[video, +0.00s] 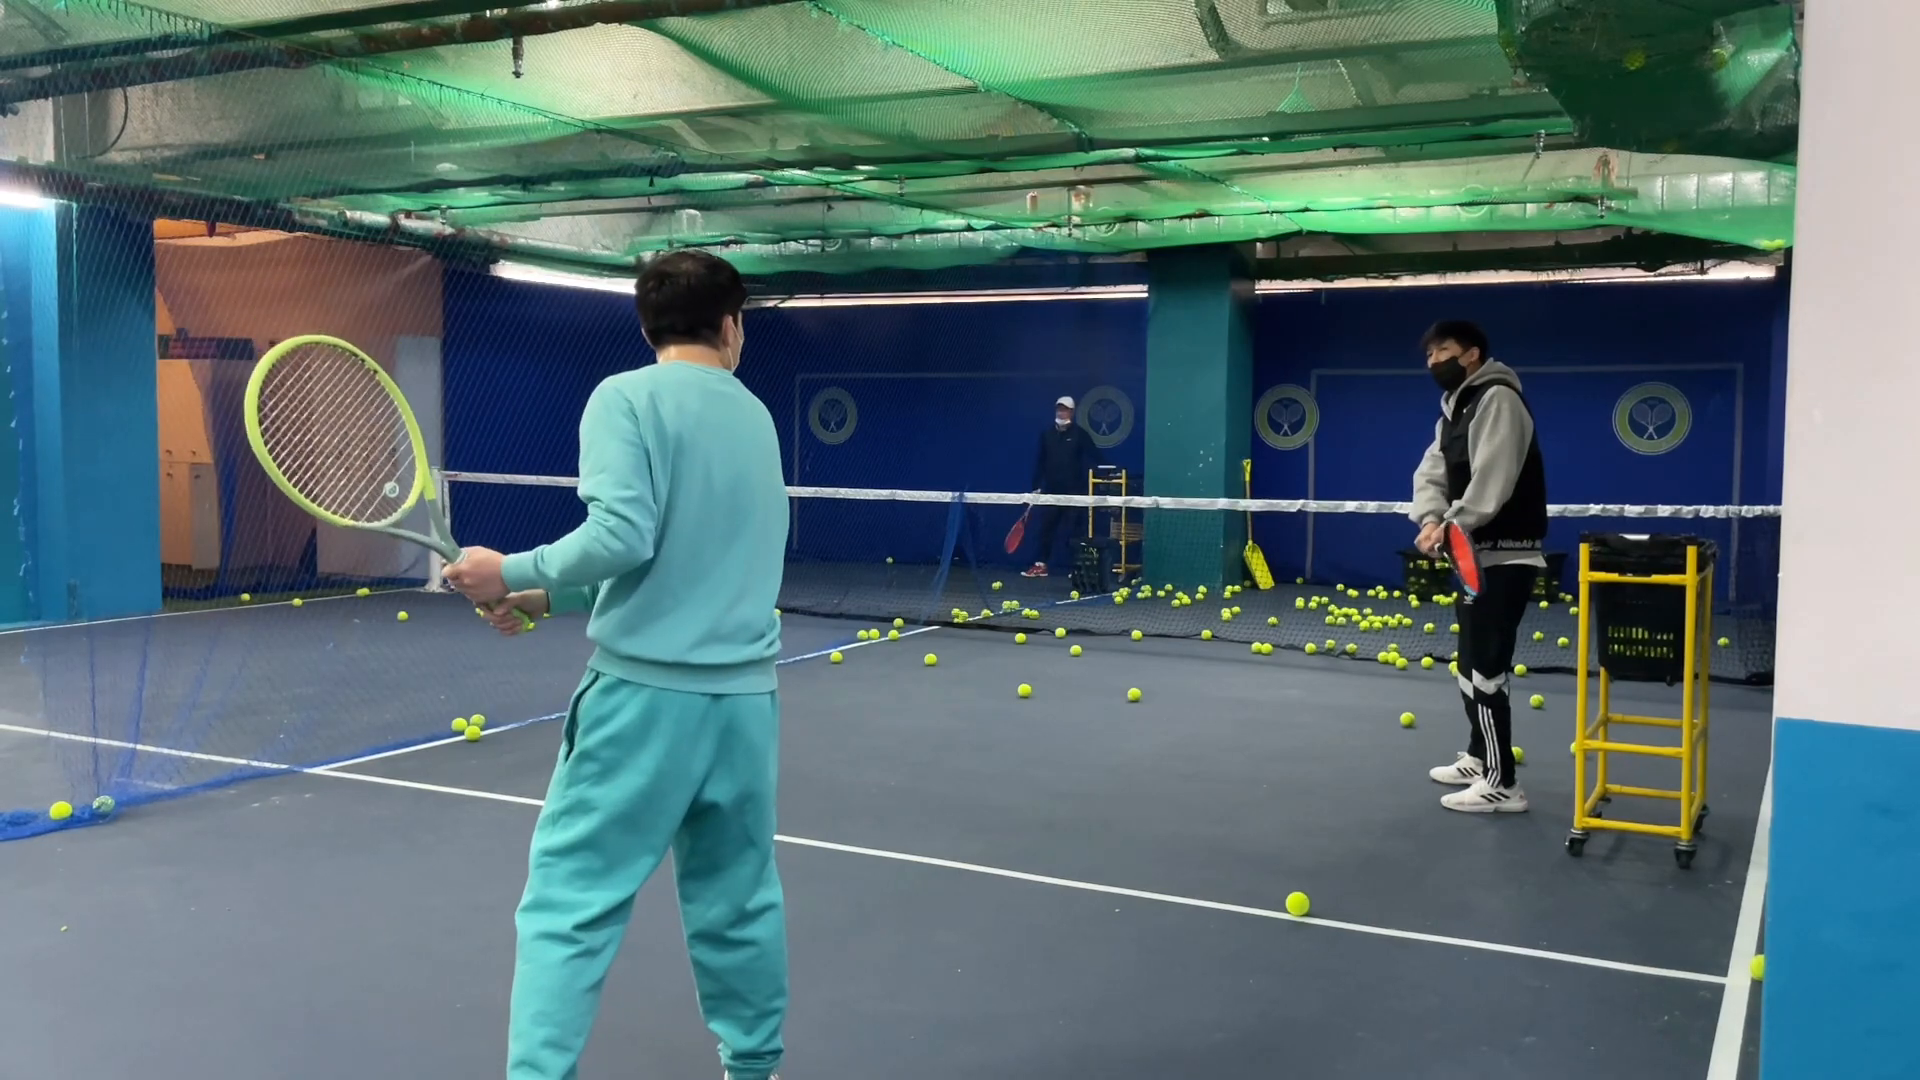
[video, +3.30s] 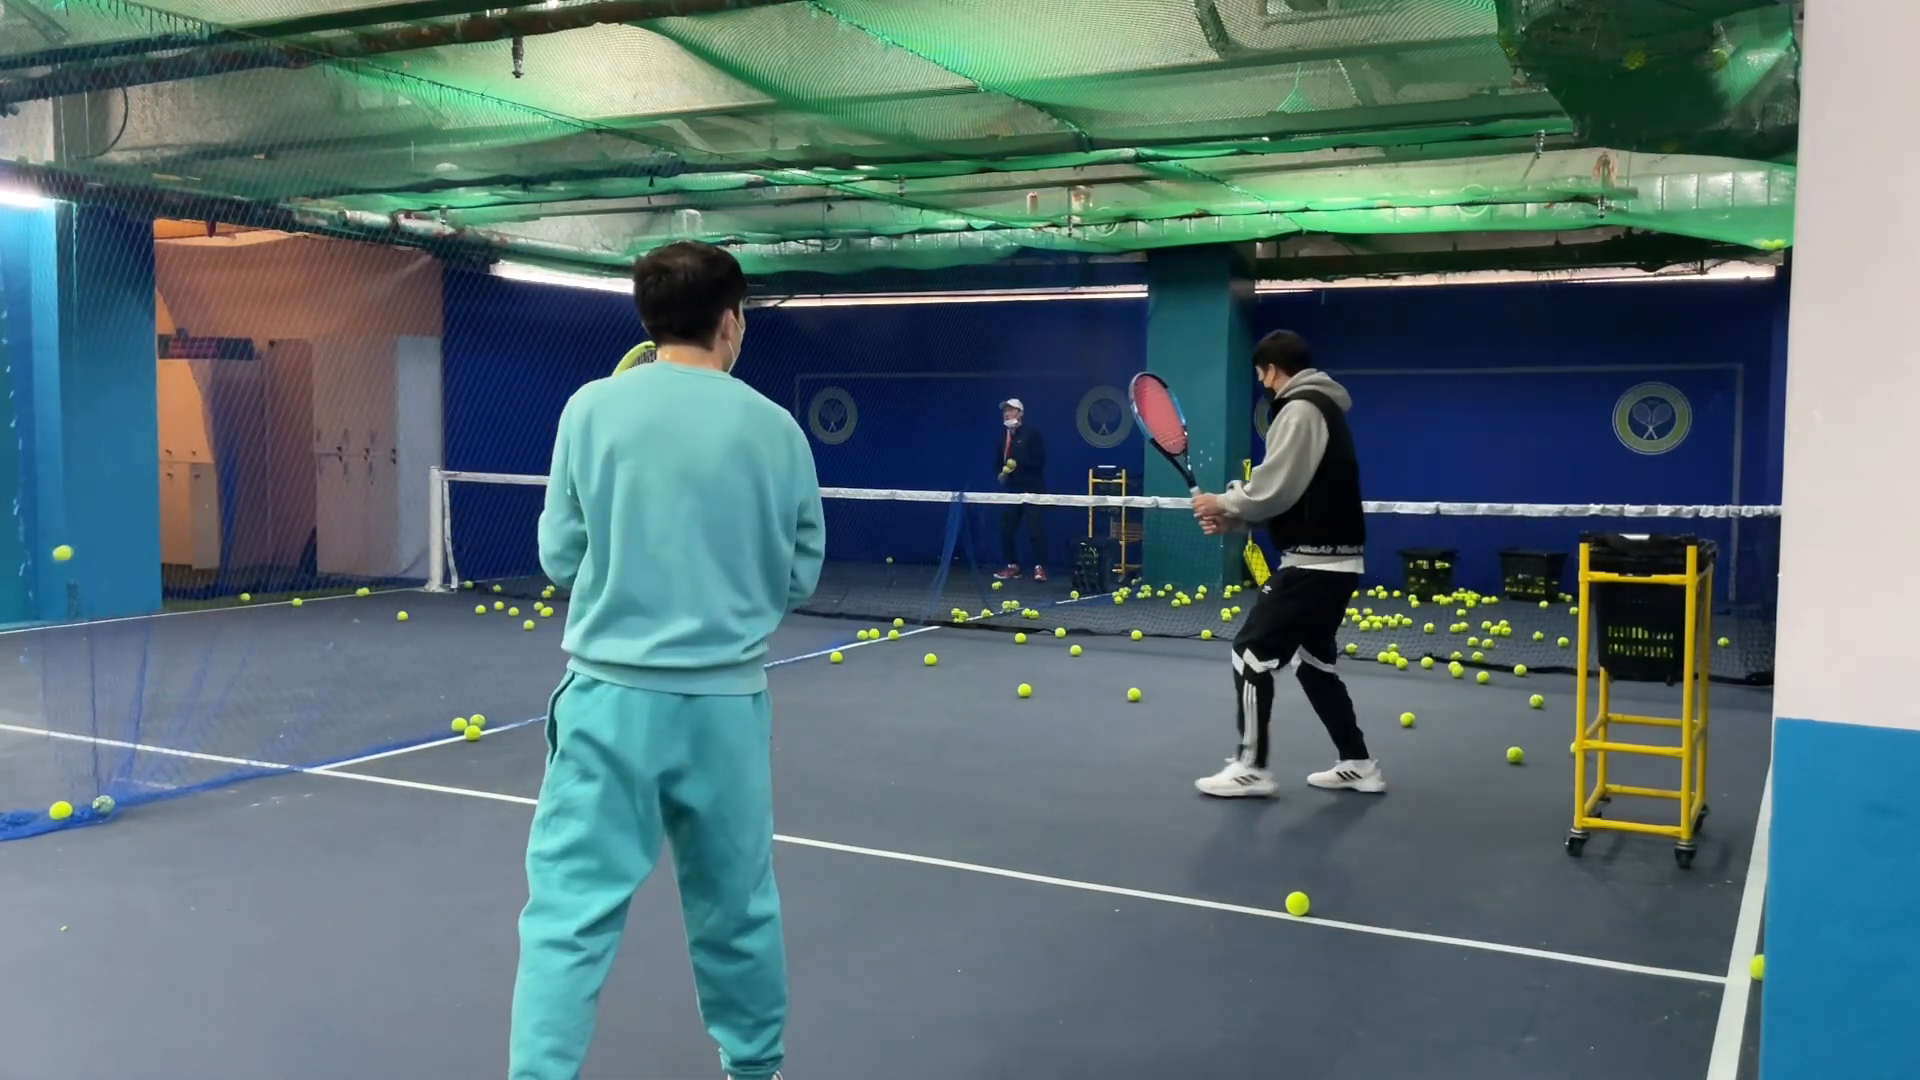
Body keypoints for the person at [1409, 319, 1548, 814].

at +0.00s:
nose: (1433, 361)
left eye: (1442, 352)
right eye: (1429, 356)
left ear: (1474, 353)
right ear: (1438, 364)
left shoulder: (1499, 400)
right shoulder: (1456, 406)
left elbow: (1494, 476)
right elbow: (1432, 470)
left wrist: (1452, 523)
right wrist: (1431, 516)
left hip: (1507, 557)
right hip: (1478, 557)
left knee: (1485, 672)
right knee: (1471, 667)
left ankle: (1501, 786)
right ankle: (1482, 760)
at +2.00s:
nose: (1423, 364)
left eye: (1430, 354)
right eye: (1422, 355)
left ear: (1460, 356)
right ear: (1459, 359)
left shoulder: (1473, 408)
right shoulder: (1466, 404)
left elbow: (1450, 482)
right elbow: (1440, 474)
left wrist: (1404, 526)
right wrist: (1403, 521)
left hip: (1477, 565)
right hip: (1467, 563)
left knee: (1451, 668)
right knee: (1452, 664)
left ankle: (1494, 780)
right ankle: (1482, 759)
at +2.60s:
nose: (1374, 378)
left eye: (1374, 369)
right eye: (1373, 369)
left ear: (1390, 366)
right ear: (1414, 363)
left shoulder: (1408, 413)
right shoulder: (1437, 409)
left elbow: (1381, 492)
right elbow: (1407, 496)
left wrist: (1337, 508)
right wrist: (1352, 521)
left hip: (1418, 571)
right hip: (1448, 570)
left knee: (1386, 673)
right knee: (1425, 666)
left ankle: (1421, 778)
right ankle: (1467, 754)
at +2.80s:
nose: (1350, 376)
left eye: (1351, 368)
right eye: (1350, 368)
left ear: (1364, 366)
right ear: (1392, 364)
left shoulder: (1379, 413)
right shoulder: (1412, 409)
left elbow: (1352, 490)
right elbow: (1384, 496)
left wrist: (1312, 508)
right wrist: (1327, 524)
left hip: (1395, 567)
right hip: (1414, 563)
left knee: (1370, 666)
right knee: (1373, 661)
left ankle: (1422, 777)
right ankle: (1406, 757)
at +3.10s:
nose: (1304, 380)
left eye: (1303, 372)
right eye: (1303, 372)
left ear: (1315, 370)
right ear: (1344, 365)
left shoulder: (1331, 412)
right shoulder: (1364, 409)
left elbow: (1305, 488)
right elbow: (1334, 499)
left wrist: (1261, 505)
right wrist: (1273, 520)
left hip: (1348, 567)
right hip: (1371, 565)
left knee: (1305, 664)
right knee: (1331, 664)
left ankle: (1384, 745)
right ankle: (1354, 763)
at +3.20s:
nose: (1285, 386)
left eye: (1284, 377)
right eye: (1284, 378)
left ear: (1297, 373)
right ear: (1323, 369)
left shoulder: (1318, 415)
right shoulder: (1344, 412)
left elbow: (1291, 488)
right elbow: (1312, 500)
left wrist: (1242, 506)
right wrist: (1254, 520)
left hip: (1332, 566)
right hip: (1354, 565)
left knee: (1271, 654)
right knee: (1318, 662)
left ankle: (1326, 752)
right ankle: (1357, 761)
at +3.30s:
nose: (1264, 382)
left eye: (1263, 373)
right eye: (1262, 374)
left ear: (1276, 370)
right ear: (1301, 364)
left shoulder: (1301, 411)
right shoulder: (1320, 408)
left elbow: (1278, 482)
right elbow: (1293, 494)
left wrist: (1226, 501)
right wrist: (1236, 518)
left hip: (1314, 563)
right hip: (1336, 562)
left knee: (1251, 653)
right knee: (1314, 662)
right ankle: (1358, 765)